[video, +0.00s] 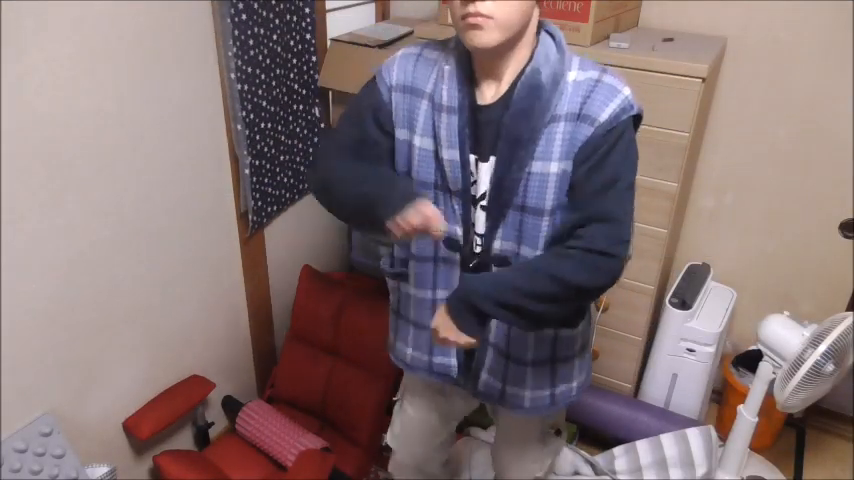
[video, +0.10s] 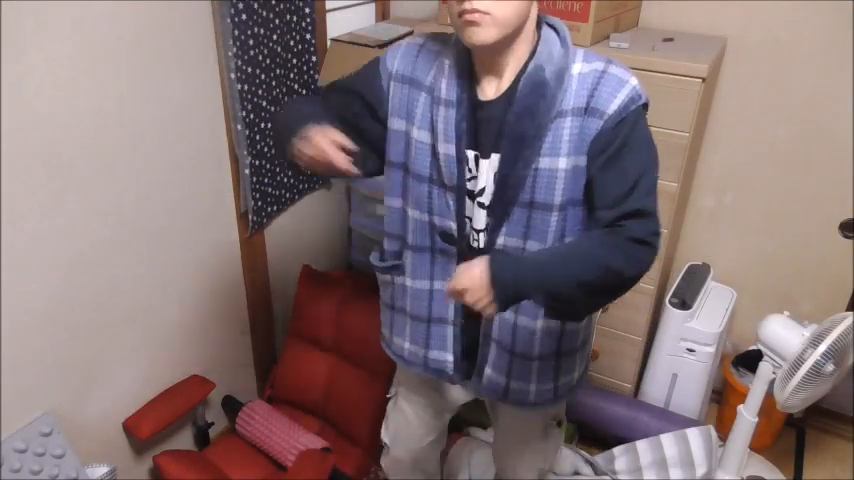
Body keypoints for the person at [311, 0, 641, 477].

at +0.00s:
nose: (470, 4)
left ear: (537, 3)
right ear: (448, 6)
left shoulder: (596, 105)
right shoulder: (406, 77)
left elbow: (599, 254)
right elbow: (333, 164)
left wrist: (477, 300)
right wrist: (389, 197)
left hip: (534, 356)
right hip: (432, 342)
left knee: (519, 471)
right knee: (410, 464)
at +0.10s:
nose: (466, 0)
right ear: (446, 2)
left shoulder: (605, 98)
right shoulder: (408, 67)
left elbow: (632, 241)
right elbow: (316, 110)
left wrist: (515, 275)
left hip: (532, 351)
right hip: (427, 335)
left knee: (525, 469)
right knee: (403, 461)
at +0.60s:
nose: (398, 30)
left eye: (427, 10)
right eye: (386, 9)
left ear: (477, 26)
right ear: (370, 21)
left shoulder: (540, 144)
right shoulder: (375, 107)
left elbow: (600, 245)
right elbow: (322, 95)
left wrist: (532, 321)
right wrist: (255, 54)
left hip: (482, 353)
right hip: (390, 339)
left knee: (476, 466)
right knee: (382, 455)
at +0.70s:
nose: (395, 10)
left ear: (473, 3)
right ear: (369, 9)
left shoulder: (550, 109)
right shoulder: (376, 94)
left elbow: (602, 216)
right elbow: (360, 144)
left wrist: (548, 296)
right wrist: (297, 81)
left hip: (505, 335)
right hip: (409, 327)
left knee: (502, 469)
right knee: (391, 456)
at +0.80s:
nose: (397, 13)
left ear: (476, 5)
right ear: (372, 10)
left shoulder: (556, 104)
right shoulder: (383, 113)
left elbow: (603, 214)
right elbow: (379, 201)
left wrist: (559, 306)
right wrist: (317, 160)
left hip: (528, 337)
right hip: (428, 332)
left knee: (520, 470)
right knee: (397, 461)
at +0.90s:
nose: (393, 31)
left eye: (419, 8)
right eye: (379, 9)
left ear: (473, 19)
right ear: (368, 22)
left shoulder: (557, 114)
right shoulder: (396, 132)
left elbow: (615, 216)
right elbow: (402, 224)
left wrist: (581, 315)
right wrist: (324, 202)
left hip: (541, 367)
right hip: (446, 362)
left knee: (530, 474)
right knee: (405, 467)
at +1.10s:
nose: (395, 33)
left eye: (423, 12)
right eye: (382, 11)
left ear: (474, 26)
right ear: (370, 24)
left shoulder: (556, 120)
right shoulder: (390, 149)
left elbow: (625, 241)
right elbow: (401, 244)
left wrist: (600, 335)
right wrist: (323, 235)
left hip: (540, 389)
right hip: (452, 383)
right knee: (423, 468)